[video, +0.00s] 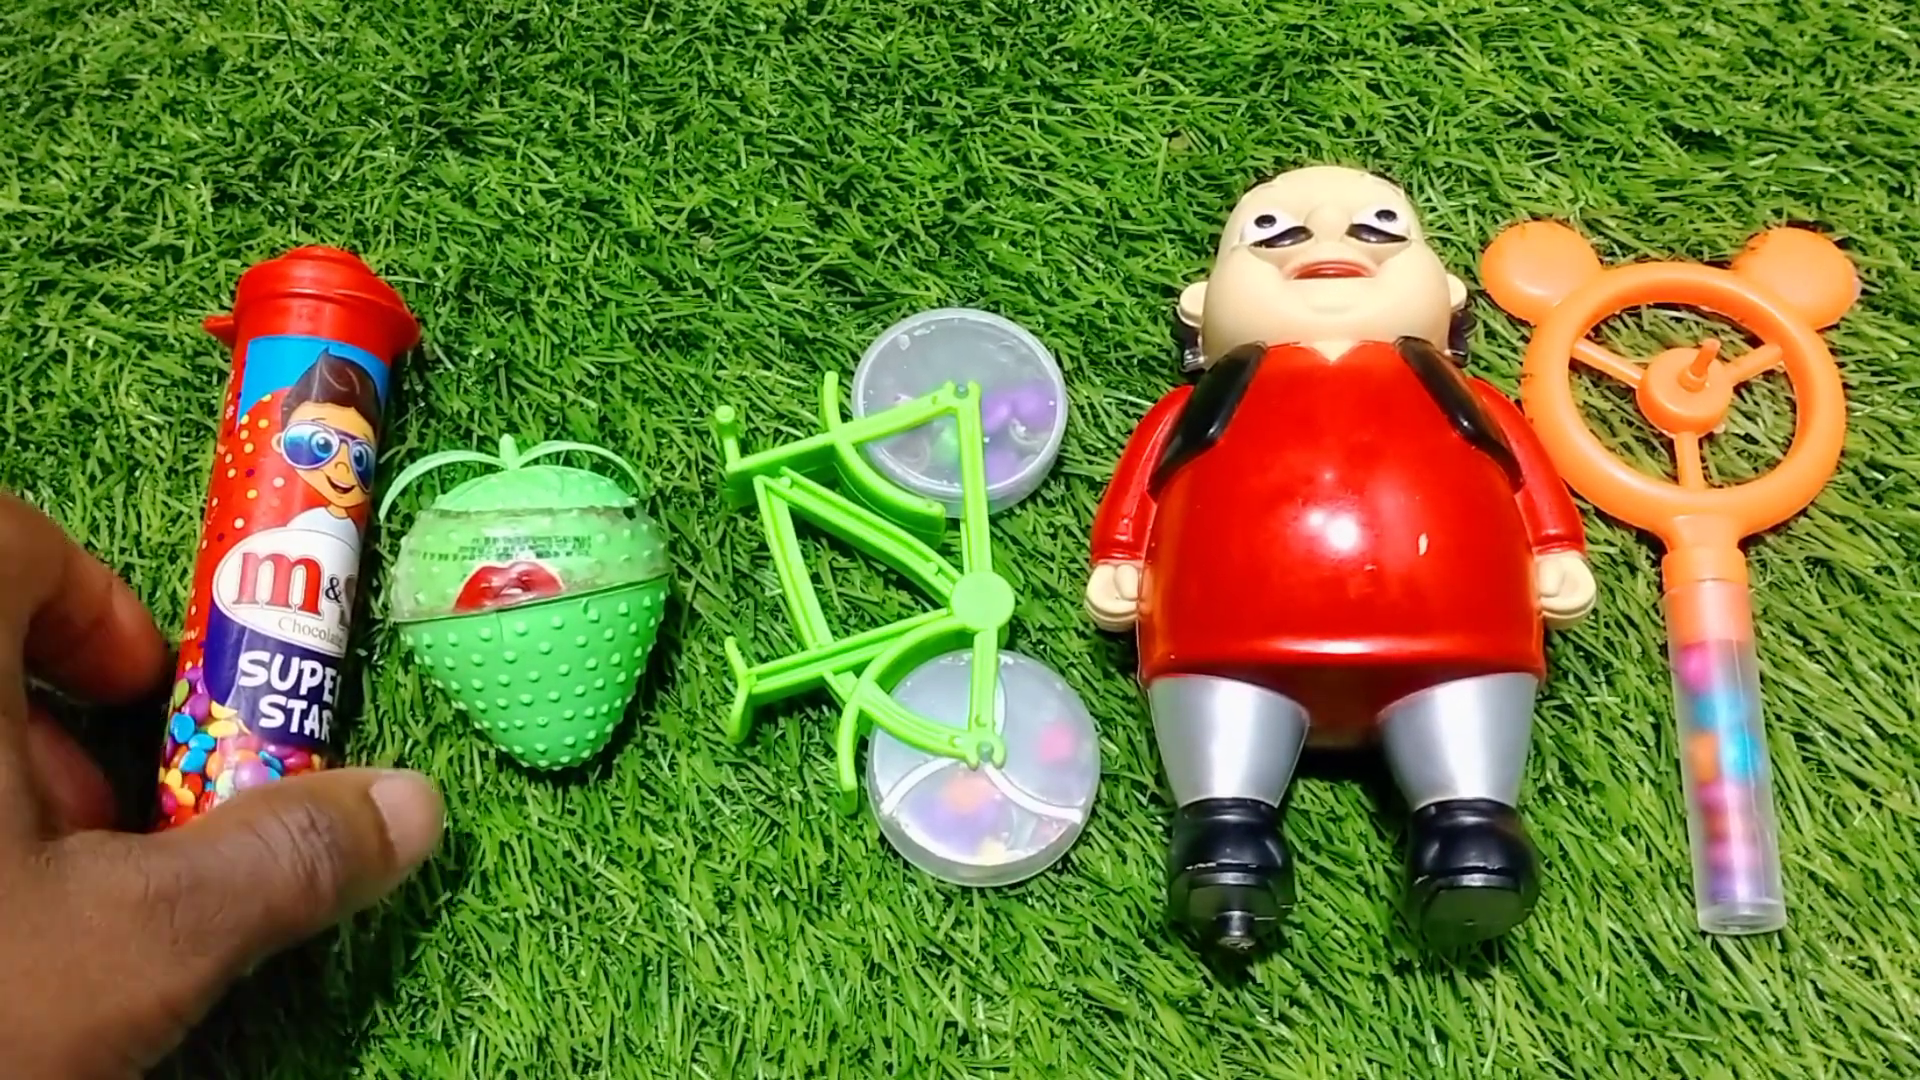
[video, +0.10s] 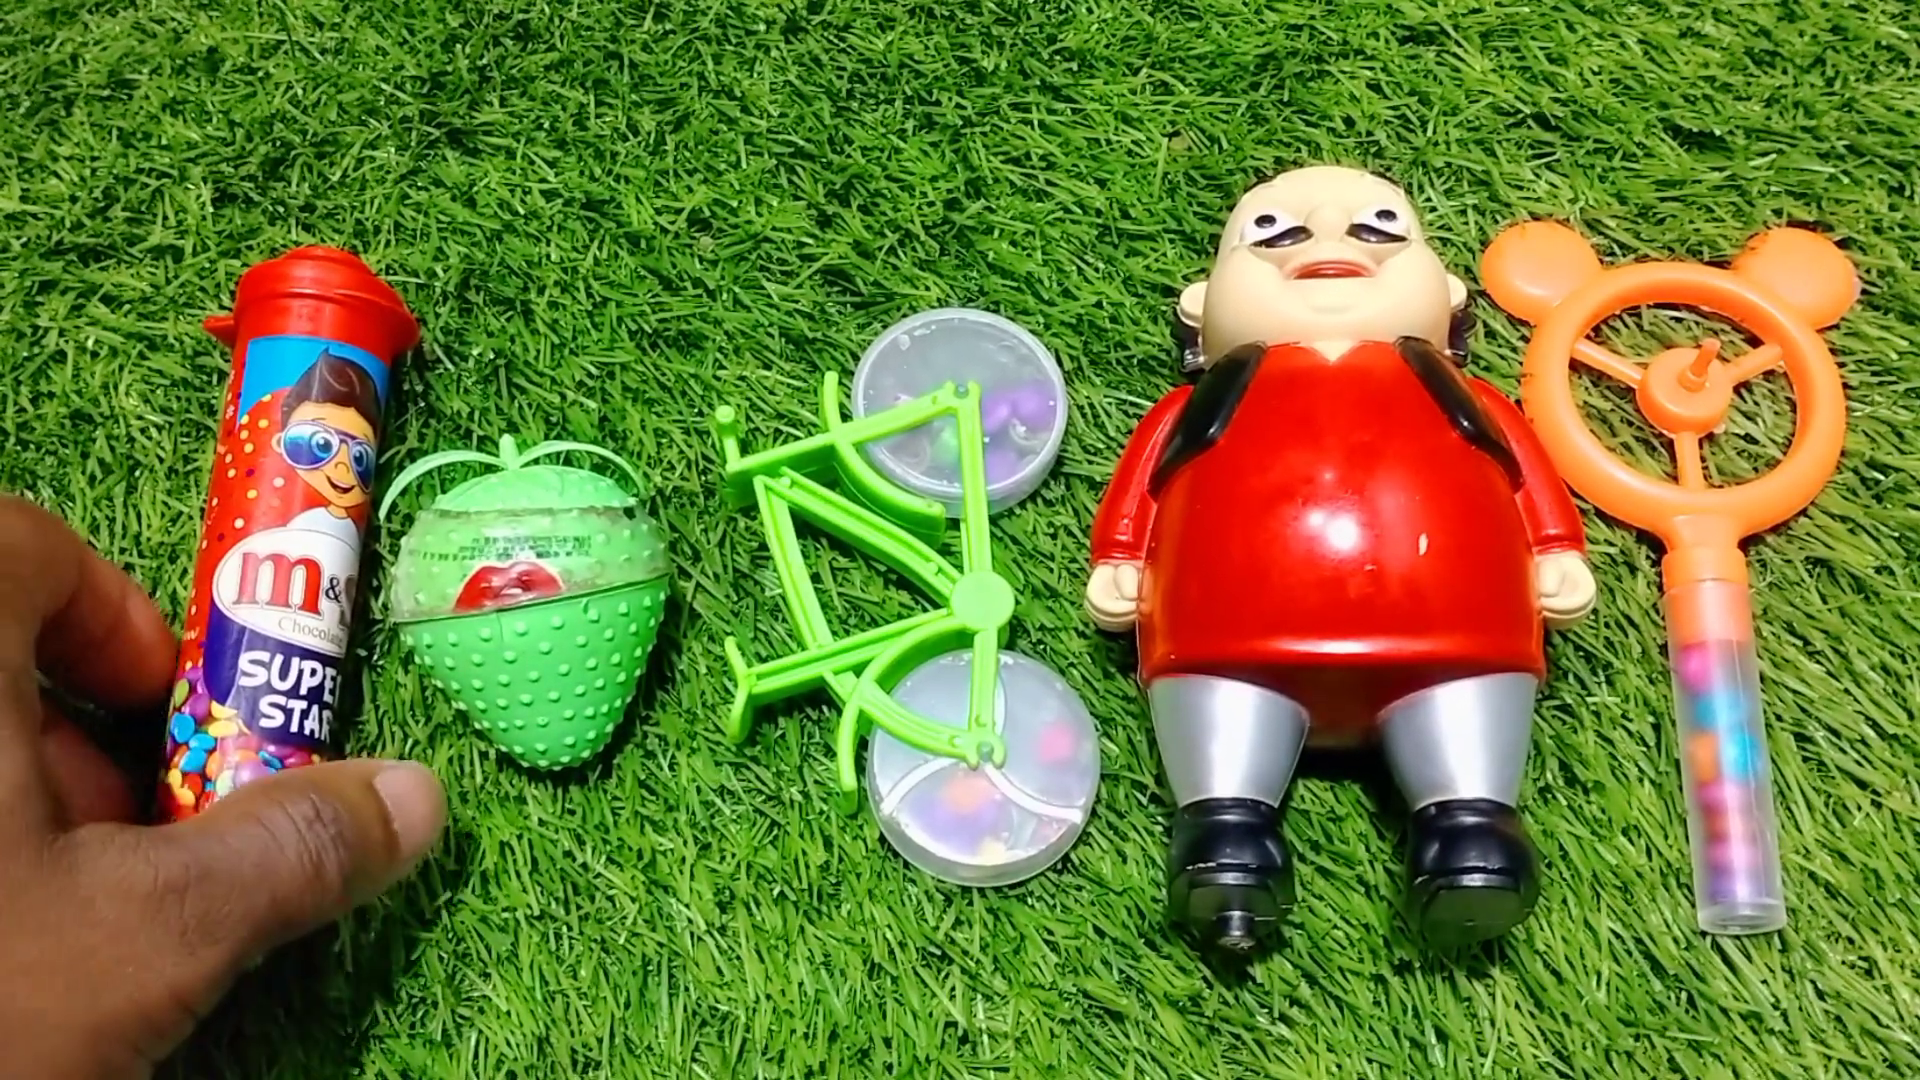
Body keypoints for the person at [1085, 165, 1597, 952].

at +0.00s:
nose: (1332, 240)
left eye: (1380, 224)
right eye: (1277, 226)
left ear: (1449, 299)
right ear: (1202, 309)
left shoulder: (1467, 395)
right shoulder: (1194, 403)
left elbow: (1527, 466)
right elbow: (1142, 478)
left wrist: (1555, 545)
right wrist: (1121, 552)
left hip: (1443, 575)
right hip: (1240, 578)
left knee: (1467, 673)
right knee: (1221, 678)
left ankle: (1469, 830)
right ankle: (1228, 838)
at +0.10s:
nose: (1332, 240)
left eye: (1380, 223)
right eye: (1277, 226)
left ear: (1449, 300)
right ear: (1202, 309)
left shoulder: (1467, 395)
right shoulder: (1194, 403)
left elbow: (1527, 466)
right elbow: (1142, 478)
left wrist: (1555, 545)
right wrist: (1121, 552)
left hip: (1443, 575)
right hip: (1240, 578)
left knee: (1467, 673)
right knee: (1221, 678)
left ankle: (1469, 830)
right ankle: (1228, 837)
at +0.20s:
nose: (1332, 240)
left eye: (1380, 223)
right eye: (1277, 226)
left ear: (1449, 300)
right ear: (1202, 309)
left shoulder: (1467, 394)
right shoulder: (1194, 403)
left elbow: (1527, 466)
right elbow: (1142, 478)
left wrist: (1555, 545)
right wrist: (1121, 552)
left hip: (1443, 575)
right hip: (1239, 578)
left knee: (1467, 673)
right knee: (1221, 679)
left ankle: (1469, 831)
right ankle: (1228, 838)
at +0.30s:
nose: (1332, 240)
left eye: (1380, 223)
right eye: (1277, 226)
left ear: (1449, 300)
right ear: (1202, 309)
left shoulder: (1467, 394)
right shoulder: (1194, 403)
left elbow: (1526, 465)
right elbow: (1142, 477)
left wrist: (1554, 545)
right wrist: (1121, 552)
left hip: (1443, 573)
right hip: (1239, 576)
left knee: (1467, 671)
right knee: (1221, 677)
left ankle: (1469, 831)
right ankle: (1228, 838)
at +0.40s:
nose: (1332, 240)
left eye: (1380, 223)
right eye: (1277, 226)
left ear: (1449, 299)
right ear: (1201, 309)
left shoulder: (1467, 394)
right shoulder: (1194, 403)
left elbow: (1526, 465)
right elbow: (1142, 477)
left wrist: (1554, 545)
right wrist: (1122, 552)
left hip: (1443, 574)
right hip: (1239, 577)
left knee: (1467, 671)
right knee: (1221, 678)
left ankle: (1469, 831)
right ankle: (1228, 838)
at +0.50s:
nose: (1331, 240)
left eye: (1380, 224)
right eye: (1277, 226)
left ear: (1449, 299)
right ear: (1202, 308)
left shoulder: (1467, 394)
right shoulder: (1194, 403)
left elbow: (1526, 466)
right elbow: (1142, 477)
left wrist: (1555, 545)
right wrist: (1121, 552)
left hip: (1443, 575)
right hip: (1239, 578)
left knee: (1467, 673)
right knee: (1221, 678)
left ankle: (1469, 830)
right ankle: (1228, 837)